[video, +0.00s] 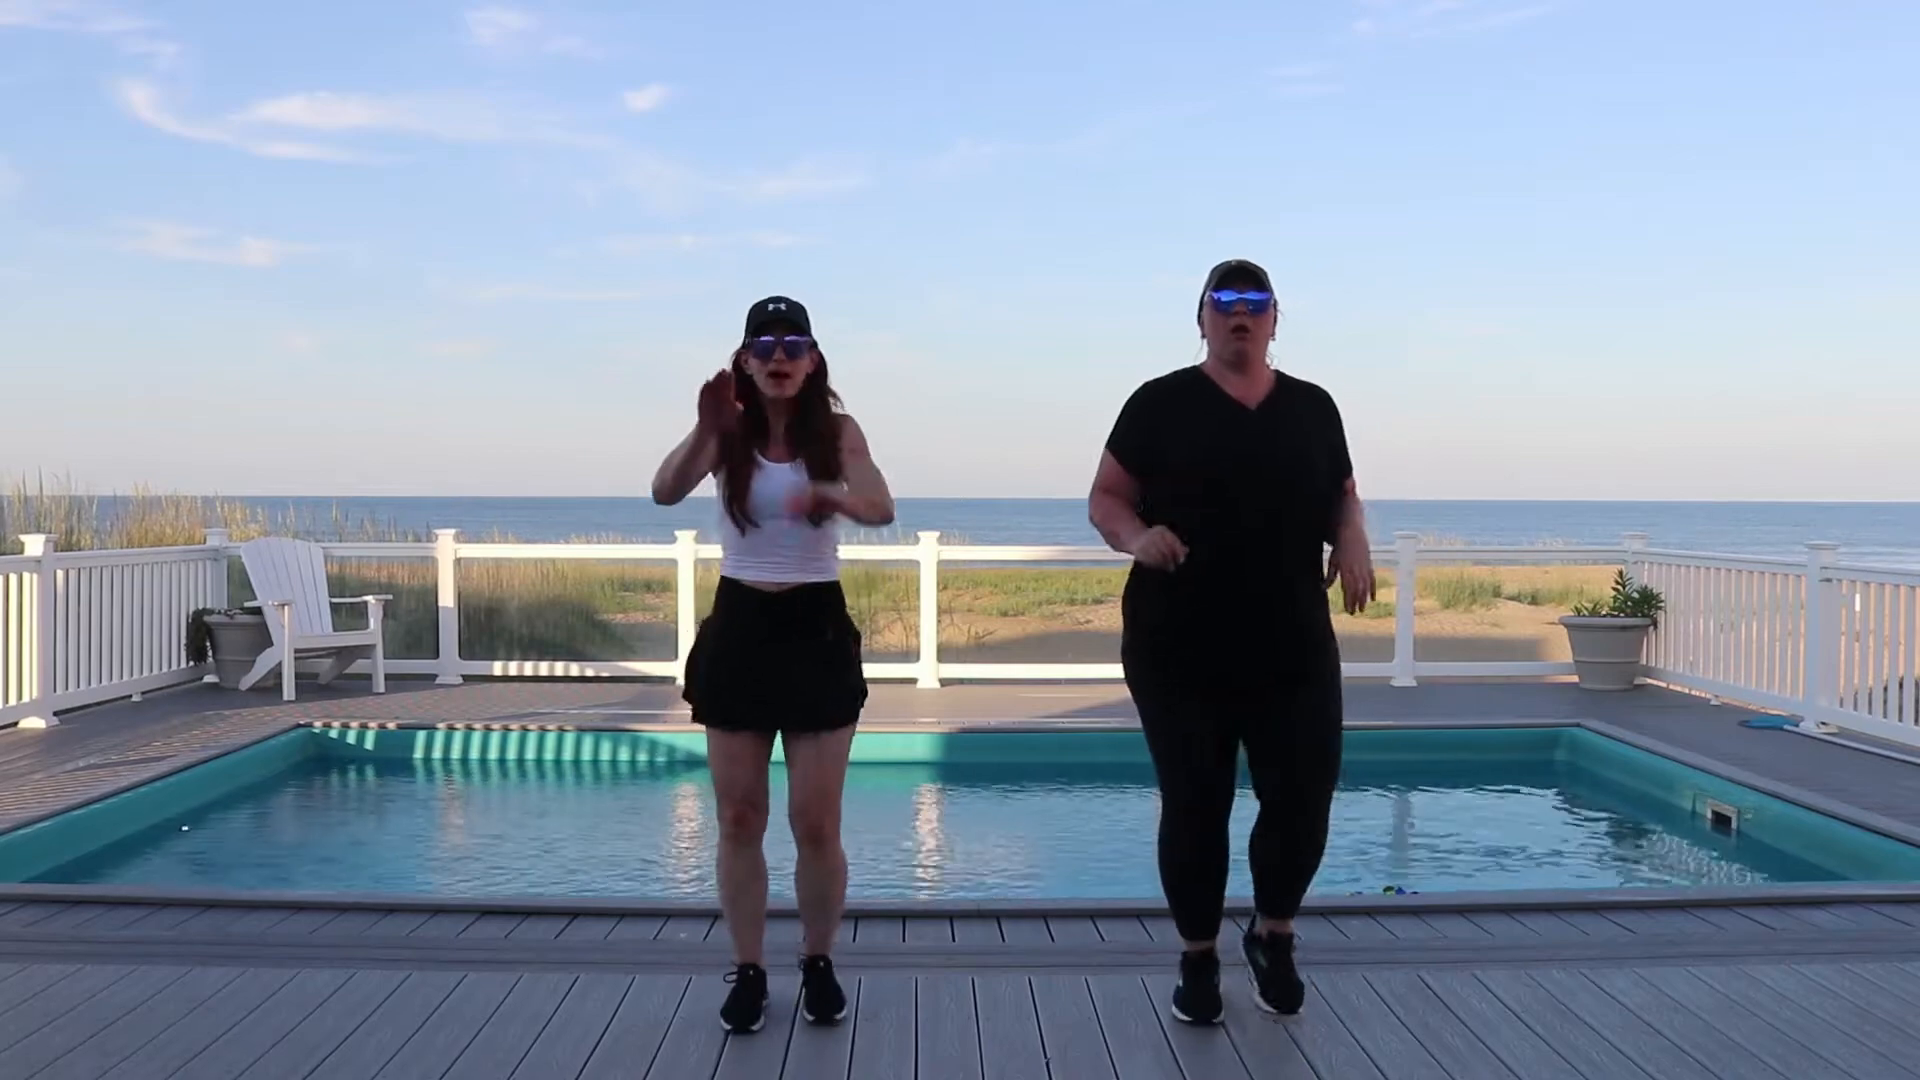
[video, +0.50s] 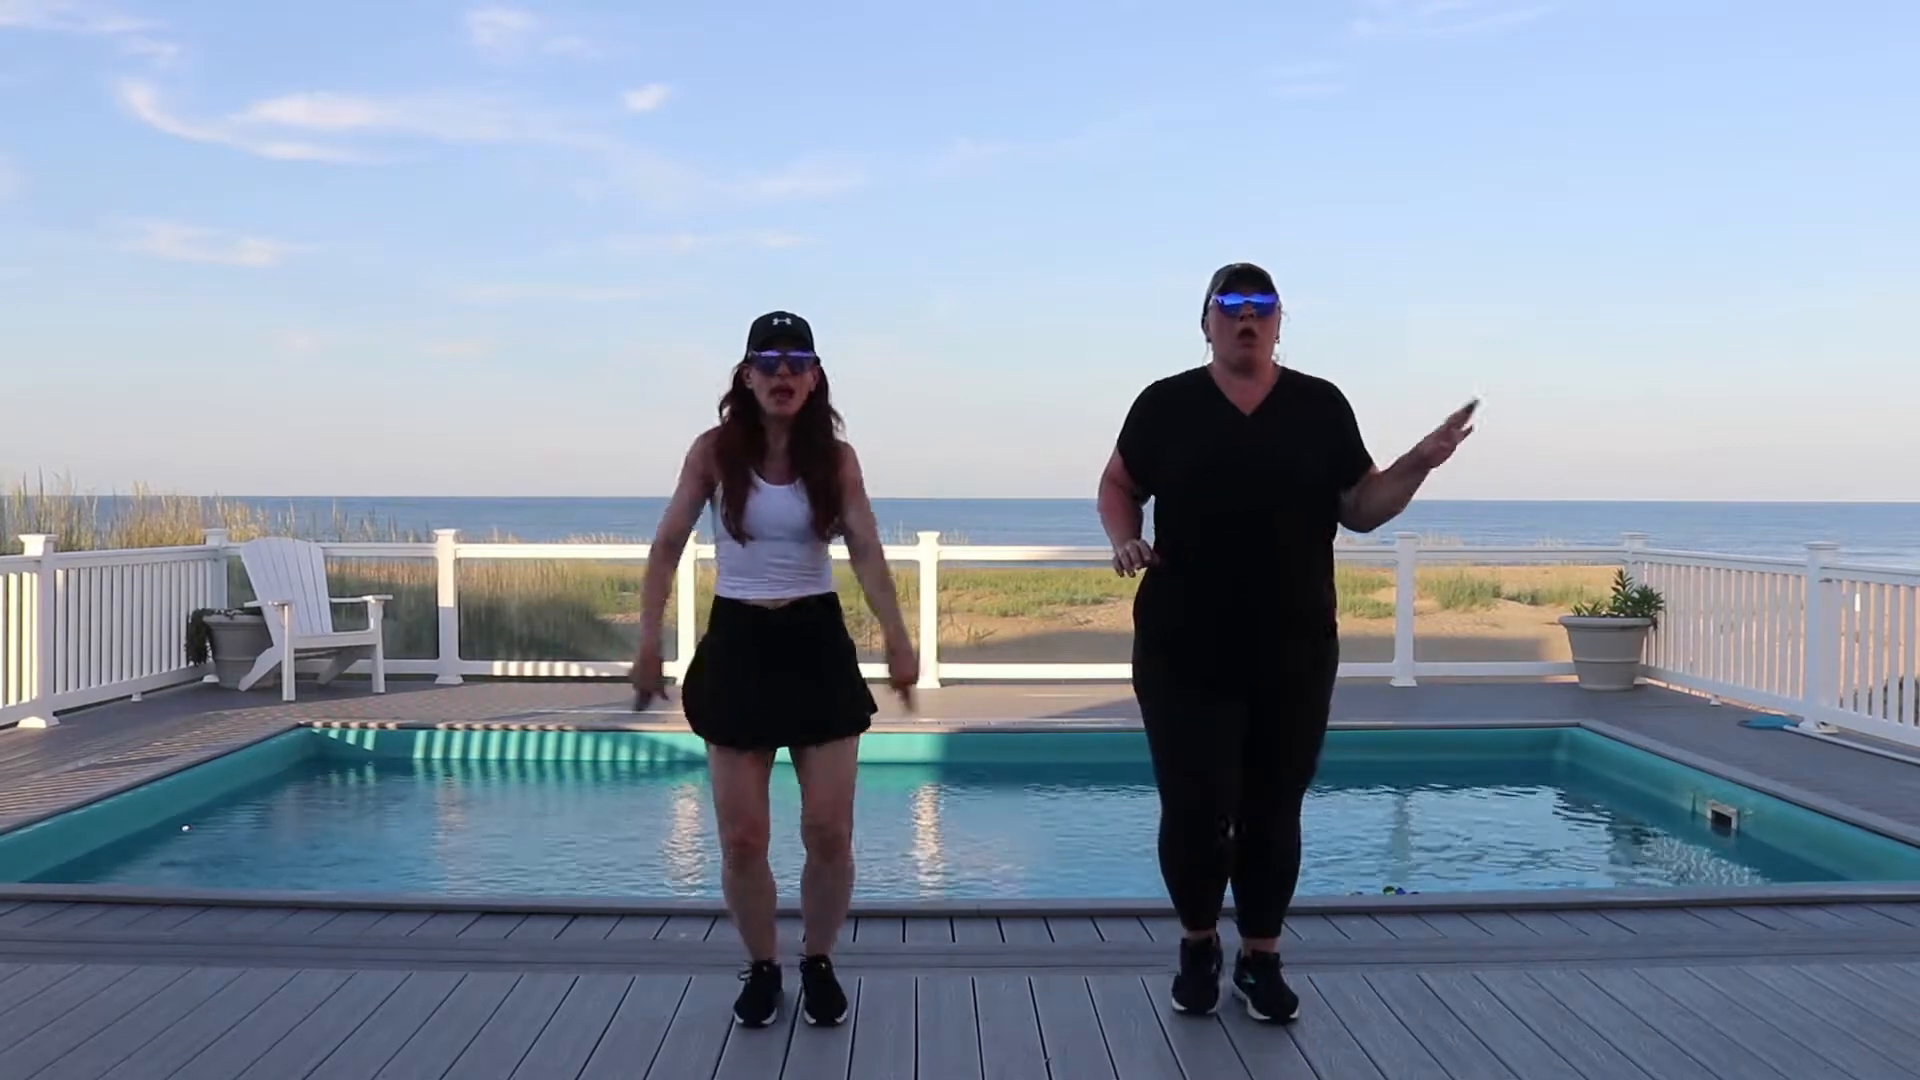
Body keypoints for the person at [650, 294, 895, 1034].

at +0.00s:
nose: (781, 360)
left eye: (795, 347)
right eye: (766, 349)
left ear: (814, 356)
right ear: (745, 360)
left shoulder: (836, 429)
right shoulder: (726, 432)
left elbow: (880, 506)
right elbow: (665, 493)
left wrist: (837, 498)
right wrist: (707, 431)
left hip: (818, 629)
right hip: (738, 629)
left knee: (815, 823)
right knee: (740, 816)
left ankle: (818, 963)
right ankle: (747, 972)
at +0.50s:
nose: (784, 377)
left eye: (797, 365)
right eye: (769, 365)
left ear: (816, 375)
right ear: (747, 375)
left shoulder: (835, 458)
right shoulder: (715, 451)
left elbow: (866, 549)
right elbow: (667, 546)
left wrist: (897, 635)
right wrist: (648, 646)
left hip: (817, 644)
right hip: (736, 646)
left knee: (828, 832)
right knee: (742, 837)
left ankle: (818, 961)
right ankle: (763, 967)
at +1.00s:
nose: (781, 381)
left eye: (795, 369)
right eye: (766, 369)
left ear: (814, 379)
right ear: (744, 379)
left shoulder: (826, 448)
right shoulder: (715, 449)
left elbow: (836, 512)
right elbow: (676, 533)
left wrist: (848, 408)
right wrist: (764, 523)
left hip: (810, 658)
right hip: (727, 658)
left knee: (796, 838)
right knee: (700, 845)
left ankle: (780, 1007)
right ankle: (762, 942)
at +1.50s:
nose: (781, 390)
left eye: (794, 377)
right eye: (765, 377)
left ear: (813, 386)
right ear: (743, 388)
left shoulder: (836, 461)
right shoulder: (728, 457)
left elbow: (863, 552)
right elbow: (666, 479)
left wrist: (783, 570)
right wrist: (714, 407)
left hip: (832, 657)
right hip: (753, 658)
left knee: (820, 850)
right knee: (705, 829)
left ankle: (793, 974)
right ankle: (737, 969)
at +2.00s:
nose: (775, 383)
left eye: (789, 369)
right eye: (760, 370)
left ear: (812, 378)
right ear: (739, 383)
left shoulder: (840, 454)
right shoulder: (724, 454)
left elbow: (862, 545)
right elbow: (697, 524)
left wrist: (763, 546)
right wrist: (694, 411)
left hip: (840, 654)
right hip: (756, 655)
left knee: (843, 849)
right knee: (750, 835)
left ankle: (823, 950)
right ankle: (771, 1010)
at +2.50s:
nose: (786, 383)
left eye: (801, 369)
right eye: (771, 369)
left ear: (820, 379)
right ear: (749, 376)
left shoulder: (829, 449)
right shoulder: (719, 444)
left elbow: (884, 485)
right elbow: (688, 522)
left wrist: (888, 394)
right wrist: (786, 530)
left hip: (809, 653)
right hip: (725, 655)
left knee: (816, 833)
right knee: (738, 848)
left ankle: (820, 1001)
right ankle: (782, 979)